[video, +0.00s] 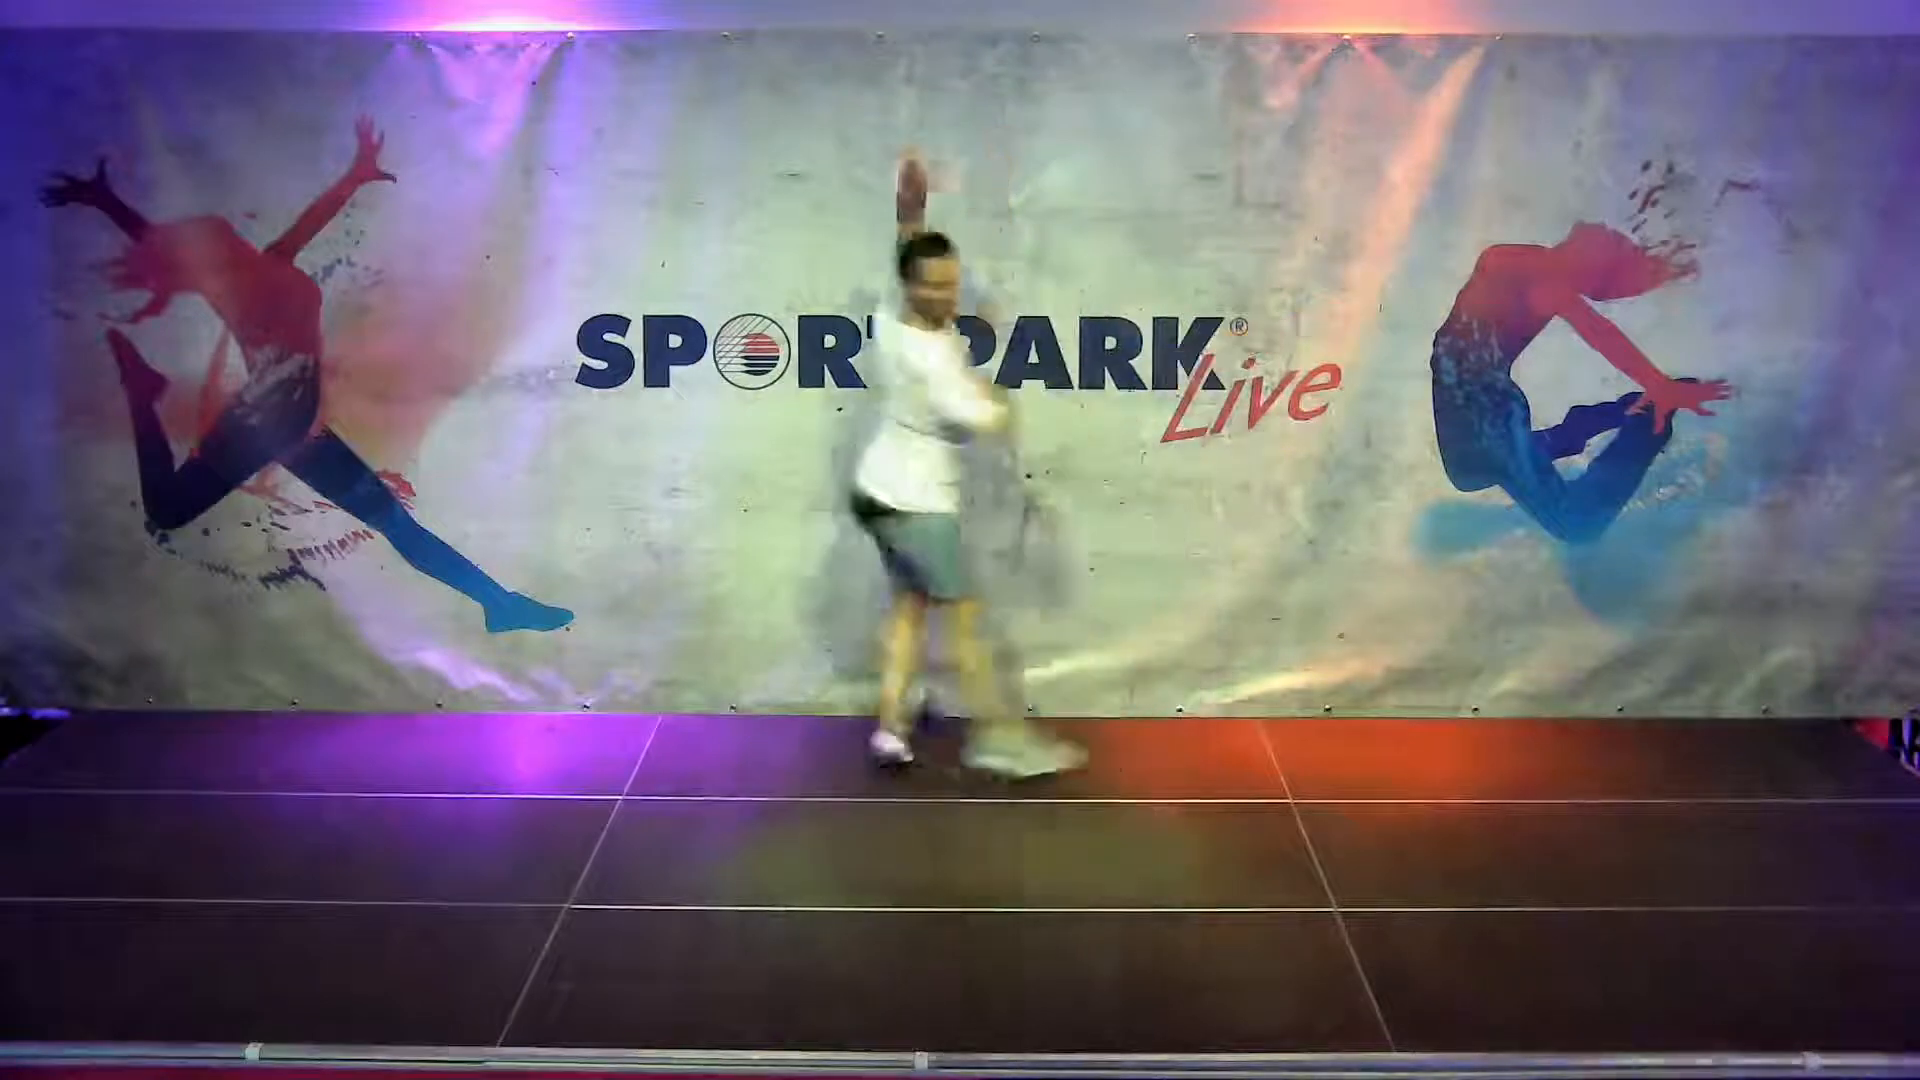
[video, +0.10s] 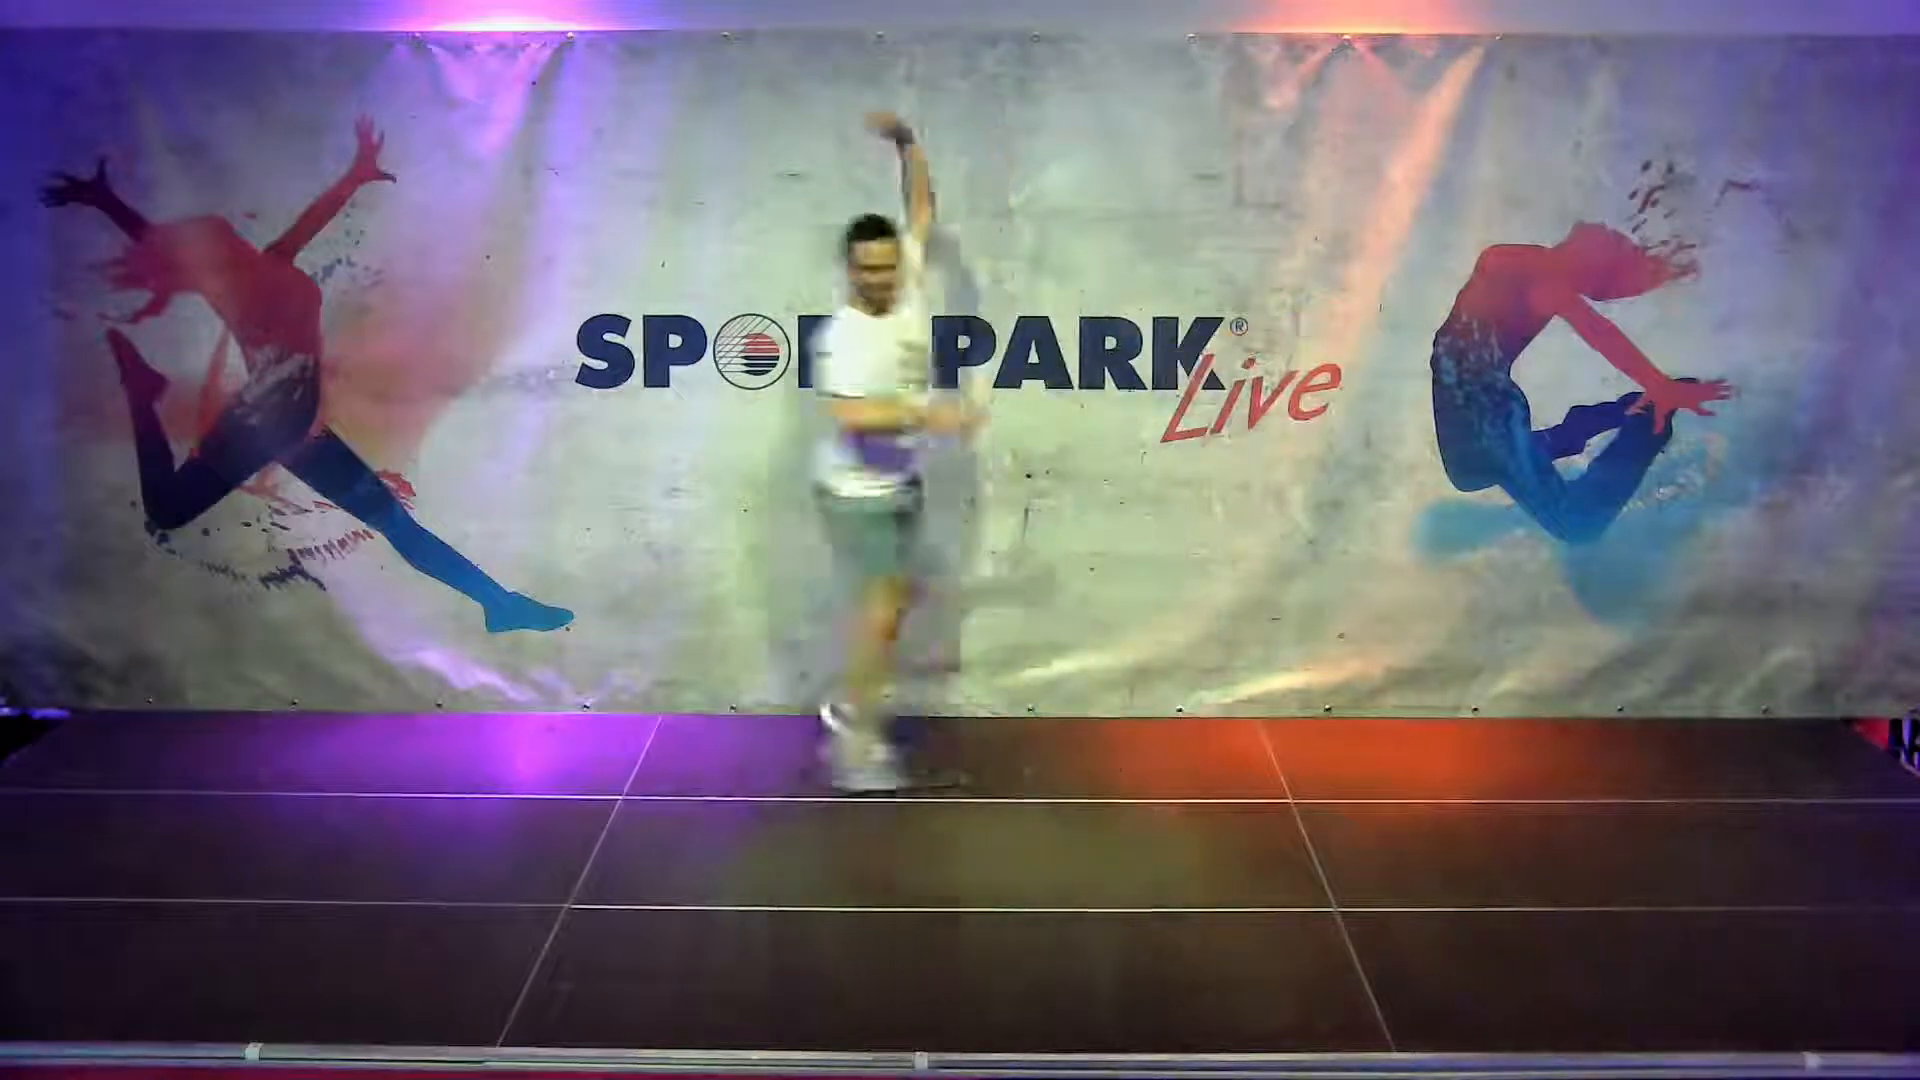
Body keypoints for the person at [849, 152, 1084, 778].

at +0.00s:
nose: (945, 295)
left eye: (950, 284)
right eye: (934, 286)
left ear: (955, 281)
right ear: (910, 286)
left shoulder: (898, 325)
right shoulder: (929, 354)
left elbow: (916, 266)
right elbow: (981, 415)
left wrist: (911, 212)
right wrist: (996, 403)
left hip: (885, 485)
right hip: (919, 494)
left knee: (910, 606)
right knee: (963, 606)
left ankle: (891, 729)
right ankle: (993, 732)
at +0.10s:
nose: (878, 279)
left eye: (886, 268)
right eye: (866, 269)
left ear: (900, 265)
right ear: (850, 269)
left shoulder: (906, 298)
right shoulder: (846, 334)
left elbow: (921, 213)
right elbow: (850, 413)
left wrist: (909, 144)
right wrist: (928, 415)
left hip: (899, 475)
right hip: (855, 482)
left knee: (896, 597)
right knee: (882, 604)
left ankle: (850, 701)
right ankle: (859, 737)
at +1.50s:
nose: (744, 289)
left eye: (742, 277)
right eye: (737, 278)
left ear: (702, 287)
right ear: (713, 286)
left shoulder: (712, 349)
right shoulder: (677, 369)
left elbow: (728, 290)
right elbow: (650, 469)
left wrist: (745, 239)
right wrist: (658, 557)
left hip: (704, 528)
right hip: (648, 533)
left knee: (737, 632)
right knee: (619, 649)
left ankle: (709, 748)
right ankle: (580, 761)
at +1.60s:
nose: (789, 296)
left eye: (786, 286)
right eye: (786, 287)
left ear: (735, 285)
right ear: (774, 291)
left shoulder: (693, 326)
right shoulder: (759, 371)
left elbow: (643, 286)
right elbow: (773, 482)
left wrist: (688, 267)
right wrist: (805, 565)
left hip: (699, 508)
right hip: (731, 518)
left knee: (730, 635)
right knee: (718, 644)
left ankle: (706, 754)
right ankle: (619, 742)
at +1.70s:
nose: (846, 299)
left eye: (843, 290)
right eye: (844, 291)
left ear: (797, 285)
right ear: (837, 295)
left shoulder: (743, 315)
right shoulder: (823, 381)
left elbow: (662, 311)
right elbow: (867, 481)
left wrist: (653, 308)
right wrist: (911, 530)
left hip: (712, 502)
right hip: (765, 516)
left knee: (735, 616)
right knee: (806, 632)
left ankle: (714, 749)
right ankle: (726, 747)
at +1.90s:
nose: (923, 335)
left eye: (911, 323)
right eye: (923, 326)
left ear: (867, 322)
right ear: (917, 330)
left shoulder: (821, 371)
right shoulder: (918, 406)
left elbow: (740, 371)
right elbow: (1005, 451)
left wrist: (666, 352)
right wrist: (1066, 453)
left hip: (788, 545)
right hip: (858, 558)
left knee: (769, 646)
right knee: (939, 630)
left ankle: (726, 767)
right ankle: (979, 760)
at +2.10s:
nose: (1018, 316)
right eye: (1019, 307)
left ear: (970, 314)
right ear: (1020, 312)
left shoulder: (944, 384)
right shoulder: (1055, 380)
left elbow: (858, 408)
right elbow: (1138, 393)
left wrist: (794, 394)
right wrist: (1199, 395)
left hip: (946, 545)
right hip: (1020, 551)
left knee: (891, 631)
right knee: (1032, 647)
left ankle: (867, 766)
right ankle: (1005, 769)